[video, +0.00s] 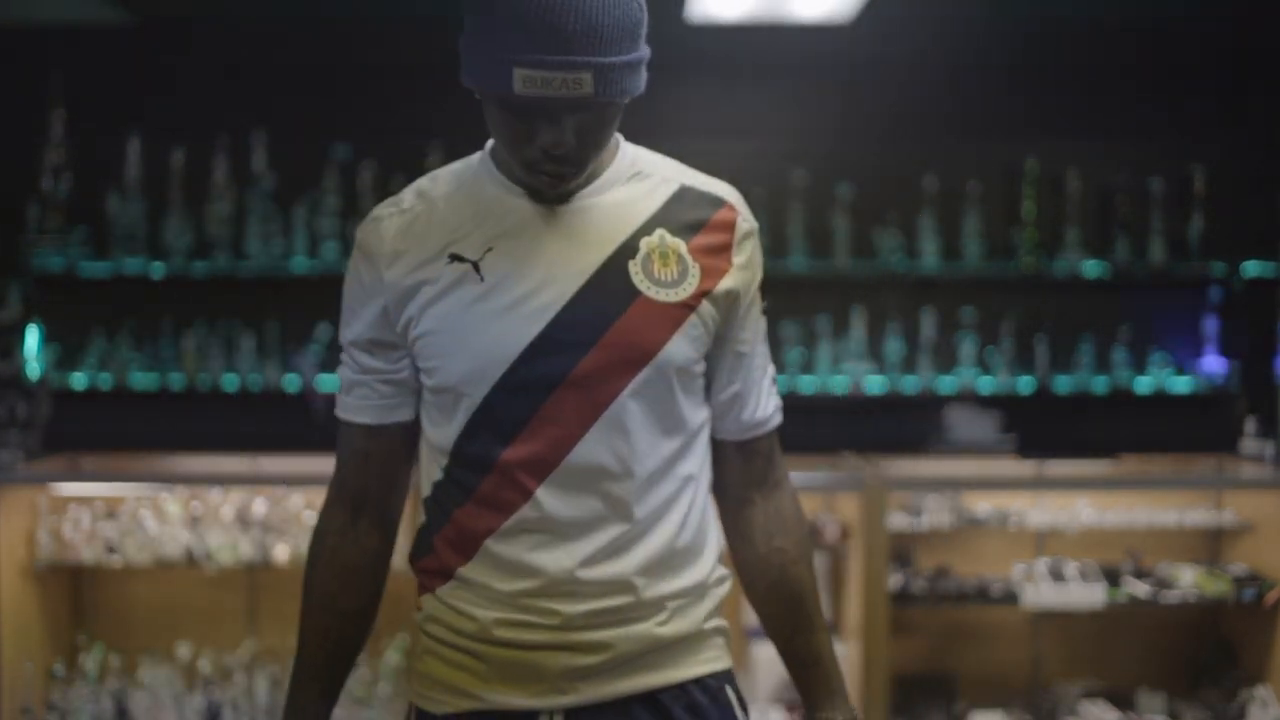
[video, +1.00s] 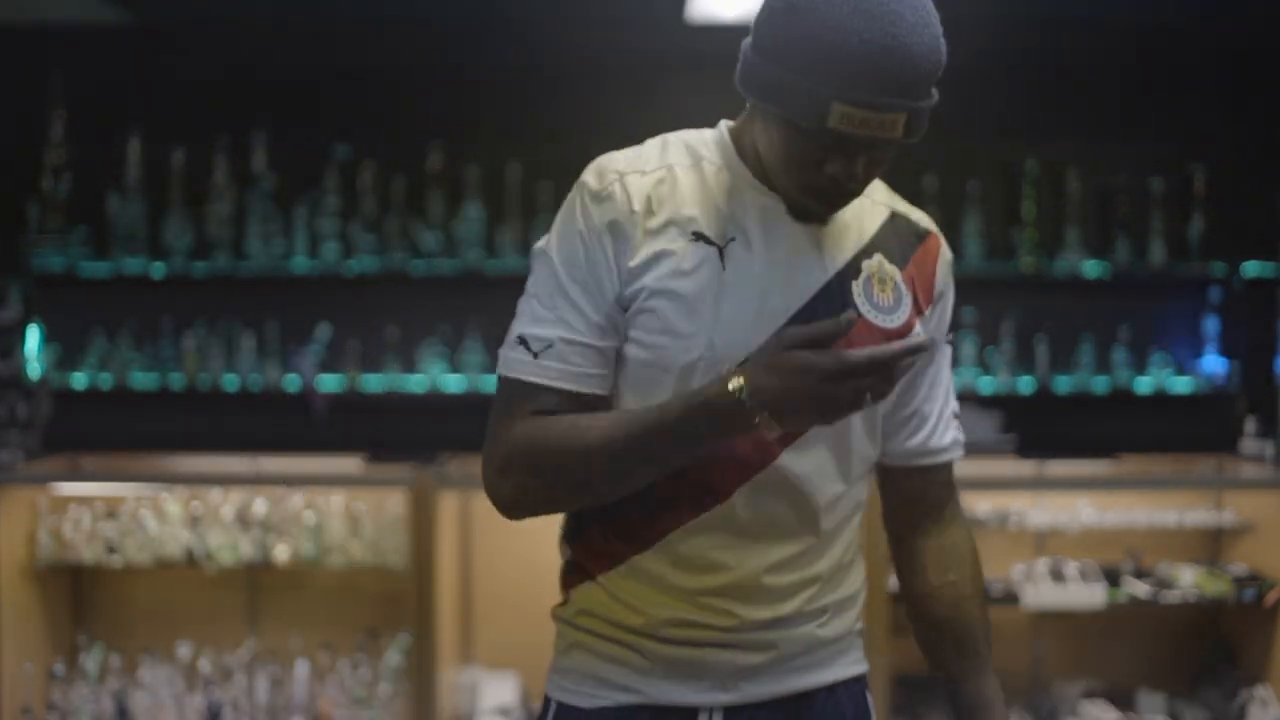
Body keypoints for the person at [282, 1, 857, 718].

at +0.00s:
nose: (559, 142)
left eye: (590, 111)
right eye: (528, 110)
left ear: (629, 90)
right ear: (481, 88)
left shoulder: (711, 223)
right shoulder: (398, 241)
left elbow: (756, 485)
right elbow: (360, 507)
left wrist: (830, 702)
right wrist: (304, 710)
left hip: (672, 684)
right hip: (470, 690)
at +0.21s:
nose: (592, 150)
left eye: (622, 120)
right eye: (562, 120)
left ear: (663, 87)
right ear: (514, 88)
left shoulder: (736, 224)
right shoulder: (428, 230)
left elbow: (808, 469)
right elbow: (360, 478)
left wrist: (919, 673)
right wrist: (286, 703)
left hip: (695, 682)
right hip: (493, 687)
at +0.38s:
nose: (645, 144)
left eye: (674, 111)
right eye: (613, 113)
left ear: (706, 91)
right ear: (561, 89)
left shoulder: (776, 227)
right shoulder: (459, 224)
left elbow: (884, 454)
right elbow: (348, 459)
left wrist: (1029, 658)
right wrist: (257, 692)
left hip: (726, 680)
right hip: (526, 687)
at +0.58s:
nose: (718, 149)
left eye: (746, 117)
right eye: (690, 115)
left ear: (785, 88)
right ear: (629, 80)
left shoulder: (830, 233)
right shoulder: (522, 221)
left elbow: (914, 472)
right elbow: (411, 484)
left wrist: (1094, 632)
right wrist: (310, 706)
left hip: (775, 680)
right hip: (576, 682)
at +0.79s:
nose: (814, 158)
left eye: (838, 129)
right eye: (790, 127)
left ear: (861, 105)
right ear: (709, 88)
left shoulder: (879, 242)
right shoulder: (581, 214)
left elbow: (922, 485)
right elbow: (473, 464)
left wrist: (1084, 658)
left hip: (802, 683)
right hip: (605, 683)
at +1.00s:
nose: (852, 175)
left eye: (883, 148)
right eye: (830, 141)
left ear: (909, 128)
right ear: (756, 92)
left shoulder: (911, 252)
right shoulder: (622, 202)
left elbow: (929, 516)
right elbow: (516, 472)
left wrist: (982, 704)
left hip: (815, 684)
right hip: (621, 683)